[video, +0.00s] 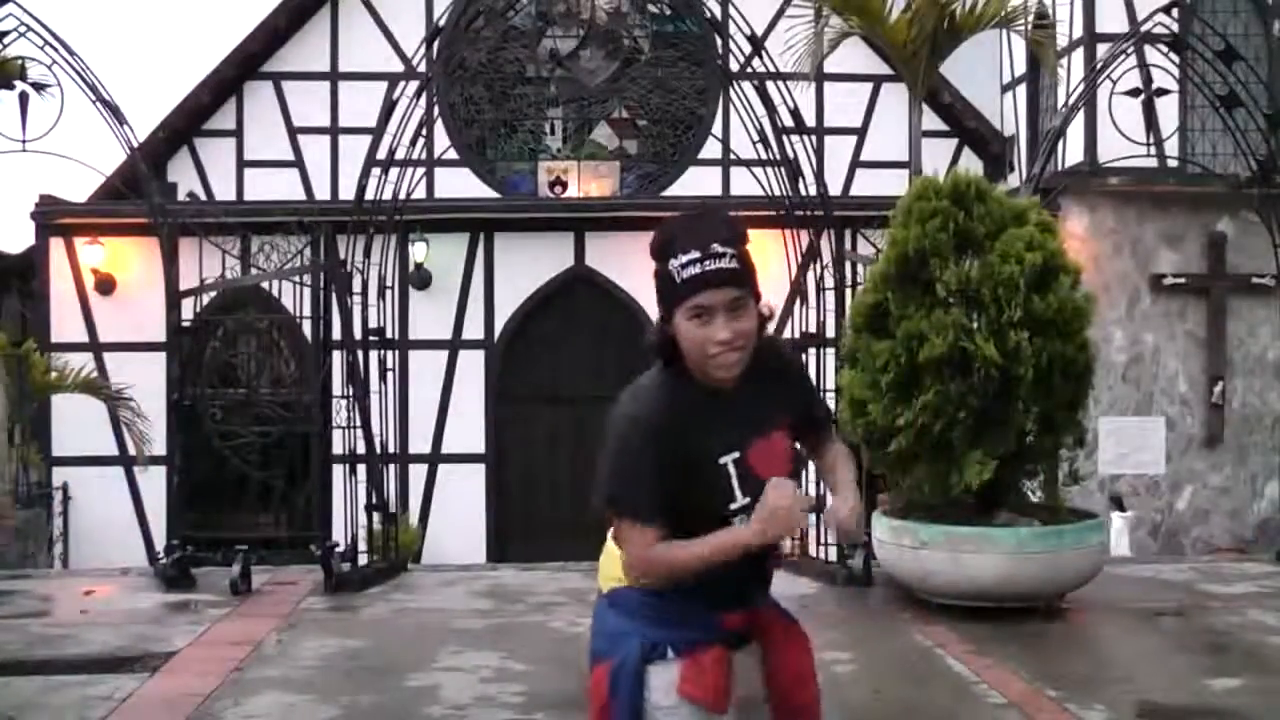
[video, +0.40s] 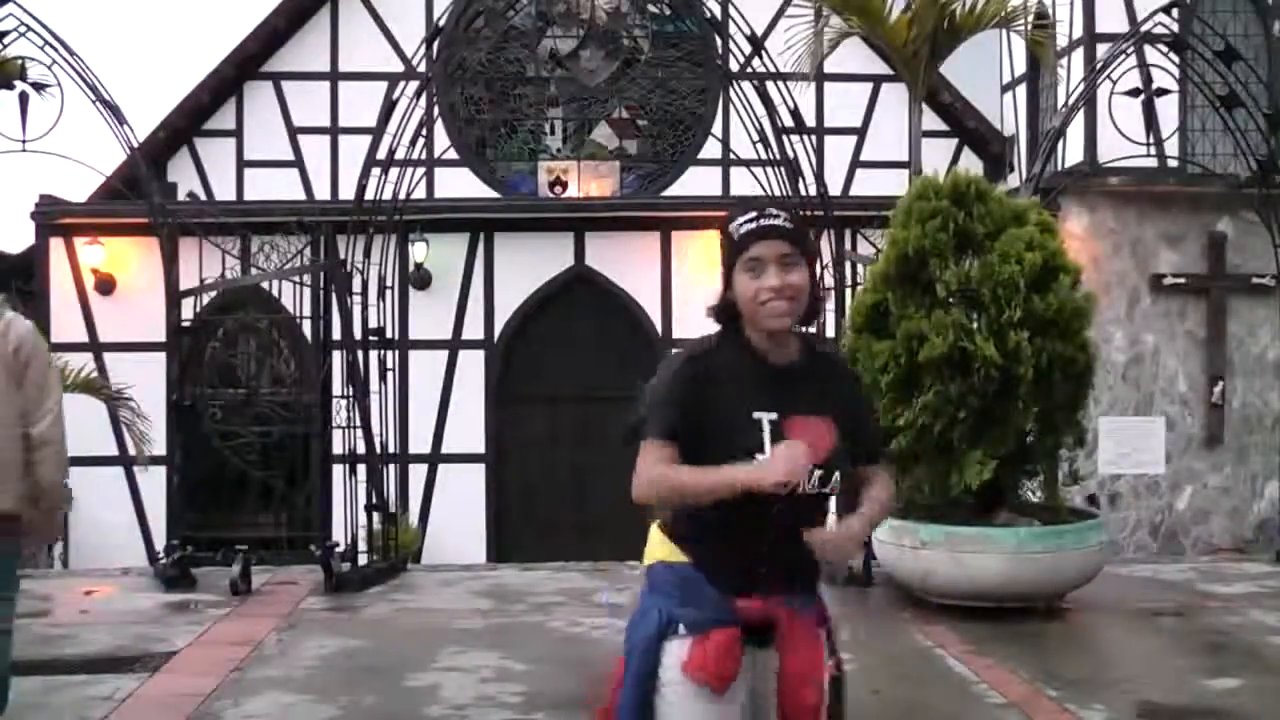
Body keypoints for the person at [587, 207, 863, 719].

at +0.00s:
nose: (724, 332)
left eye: (736, 310)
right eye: (701, 316)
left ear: (758, 308)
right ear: (671, 324)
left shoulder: (775, 370)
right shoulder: (645, 413)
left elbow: (825, 440)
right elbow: (641, 563)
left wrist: (845, 494)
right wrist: (753, 532)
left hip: (748, 611)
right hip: (662, 622)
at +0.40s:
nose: (775, 283)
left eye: (789, 266)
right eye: (755, 270)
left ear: (810, 279)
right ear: (730, 288)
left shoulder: (833, 376)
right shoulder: (691, 371)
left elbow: (880, 480)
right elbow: (647, 481)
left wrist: (855, 528)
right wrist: (755, 473)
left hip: (792, 591)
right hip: (696, 590)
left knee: (809, 704)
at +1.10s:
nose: (768, 264)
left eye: (784, 252)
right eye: (752, 255)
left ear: (809, 270)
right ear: (733, 277)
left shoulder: (849, 368)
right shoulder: (701, 354)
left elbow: (887, 479)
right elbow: (645, 460)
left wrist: (798, 489)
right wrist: (707, 430)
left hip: (810, 599)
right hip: (701, 594)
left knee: (818, 710)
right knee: (675, 709)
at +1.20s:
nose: (739, 265)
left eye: (755, 252)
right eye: (723, 256)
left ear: (781, 270)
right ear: (705, 280)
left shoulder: (825, 362)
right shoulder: (677, 362)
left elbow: (862, 478)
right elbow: (628, 467)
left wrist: (786, 434)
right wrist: (672, 486)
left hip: (795, 599)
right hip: (687, 599)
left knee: (808, 711)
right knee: (661, 711)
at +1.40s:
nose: (685, 268)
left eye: (701, 254)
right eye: (668, 258)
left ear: (729, 271)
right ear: (651, 281)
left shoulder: (777, 362)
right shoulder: (631, 367)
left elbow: (828, 469)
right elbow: (599, 459)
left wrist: (726, 466)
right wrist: (601, 497)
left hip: (761, 596)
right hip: (650, 599)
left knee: (823, 709)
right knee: (610, 709)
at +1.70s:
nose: (639, 264)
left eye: (655, 248)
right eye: (622, 253)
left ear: (684, 260)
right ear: (606, 272)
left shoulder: (731, 345)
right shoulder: (598, 362)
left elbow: (778, 459)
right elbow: (561, 483)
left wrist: (665, 429)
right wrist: (587, 483)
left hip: (729, 590)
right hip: (629, 593)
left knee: (766, 709)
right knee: (607, 709)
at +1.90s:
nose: (638, 269)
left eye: (656, 252)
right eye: (622, 256)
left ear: (686, 265)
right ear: (606, 275)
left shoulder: (733, 358)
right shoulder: (595, 370)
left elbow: (781, 474)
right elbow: (570, 463)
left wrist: (664, 490)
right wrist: (553, 488)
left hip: (720, 605)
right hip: (623, 605)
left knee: (709, 709)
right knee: (608, 710)